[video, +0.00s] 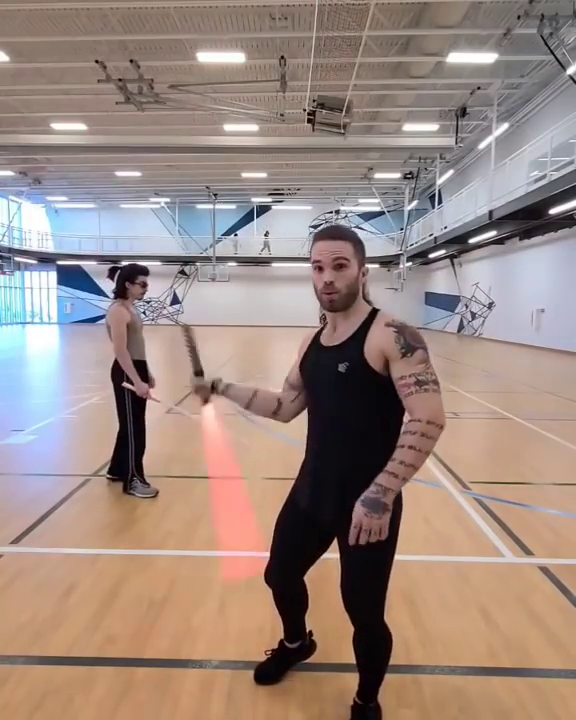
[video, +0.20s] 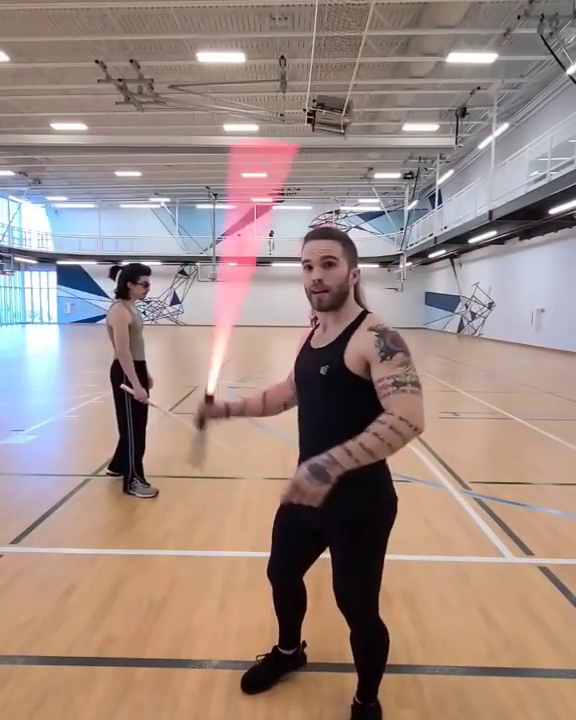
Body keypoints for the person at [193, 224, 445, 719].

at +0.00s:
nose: (327, 277)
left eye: (340, 266)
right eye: (319, 267)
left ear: (362, 271)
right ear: (311, 274)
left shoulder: (392, 335)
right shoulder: (317, 341)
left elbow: (428, 419)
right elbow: (284, 405)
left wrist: (380, 494)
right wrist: (222, 388)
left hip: (369, 495)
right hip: (316, 486)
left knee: (365, 610)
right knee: (281, 573)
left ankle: (367, 700)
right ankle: (296, 640)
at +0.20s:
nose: (316, 275)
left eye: (329, 264)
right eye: (308, 266)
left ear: (353, 272)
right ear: (302, 273)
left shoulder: (377, 338)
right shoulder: (316, 333)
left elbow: (406, 419)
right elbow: (285, 394)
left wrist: (329, 464)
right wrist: (226, 406)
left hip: (361, 497)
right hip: (309, 489)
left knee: (358, 605)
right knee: (283, 571)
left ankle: (367, 700)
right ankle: (289, 649)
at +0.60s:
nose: (278, 283)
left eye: (291, 274)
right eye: (273, 273)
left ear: (318, 280)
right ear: (269, 276)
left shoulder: (333, 332)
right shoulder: (285, 333)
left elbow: (348, 377)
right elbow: (276, 415)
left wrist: (306, 370)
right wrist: (262, 477)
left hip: (310, 488)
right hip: (269, 483)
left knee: (328, 602)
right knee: (281, 576)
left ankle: (364, 694)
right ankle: (290, 655)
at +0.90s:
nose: (271, 284)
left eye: (283, 275)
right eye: (266, 274)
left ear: (309, 280)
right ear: (262, 276)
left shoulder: (319, 331)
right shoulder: (280, 332)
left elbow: (327, 369)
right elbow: (268, 418)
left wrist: (294, 378)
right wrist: (254, 475)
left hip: (300, 486)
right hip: (267, 481)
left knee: (298, 598)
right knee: (279, 574)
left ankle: (346, 690)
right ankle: (289, 655)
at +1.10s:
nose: (281, 282)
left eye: (293, 273)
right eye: (275, 272)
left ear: (318, 279)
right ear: (268, 276)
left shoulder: (329, 335)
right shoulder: (283, 332)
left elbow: (347, 397)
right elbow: (278, 410)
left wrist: (308, 435)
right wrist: (258, 459)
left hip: (309, 484)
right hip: (272, 478)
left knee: (306, 602)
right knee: (282, 576)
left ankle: (363, 691)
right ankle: (290, 655)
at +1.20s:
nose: (286, 280)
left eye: (299, 270)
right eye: (280, 270)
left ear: (324, 278)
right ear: (274, 275)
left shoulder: (338, 339)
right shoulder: (287, 331)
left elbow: (357, 420)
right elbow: (288, 412)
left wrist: (312, 487)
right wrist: (267, 462)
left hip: (316, 489)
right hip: (278, 483)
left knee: (323, 608)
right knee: (284, 576)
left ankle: (384, 711)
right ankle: (290, 655)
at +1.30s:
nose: (294, 280)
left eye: (307, 271)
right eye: (287, 270)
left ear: (331, 278)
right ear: (280, 274)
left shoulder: (350, 344)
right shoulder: (294, 330)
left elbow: (370, 426)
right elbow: (298, 413)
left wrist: (325, 491)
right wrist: (277, 466)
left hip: (328, 496)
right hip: (286, 488)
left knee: (339, 612)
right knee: (290, 579)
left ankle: (390, 715)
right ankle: (291, 655)